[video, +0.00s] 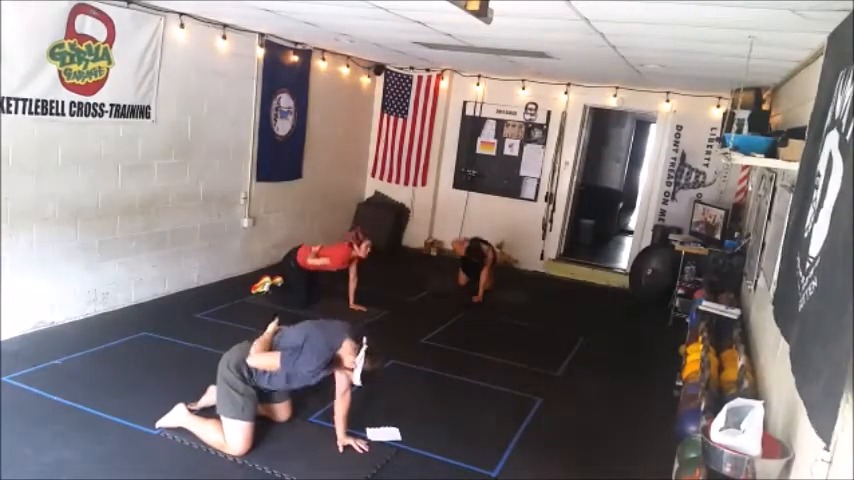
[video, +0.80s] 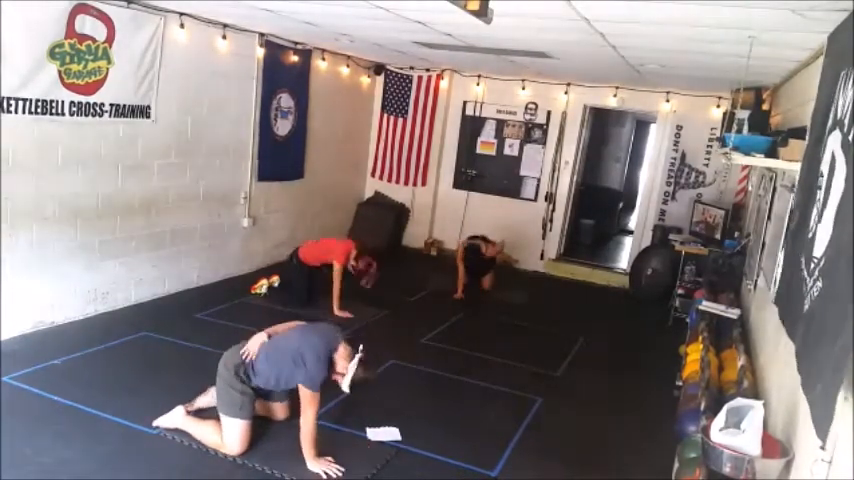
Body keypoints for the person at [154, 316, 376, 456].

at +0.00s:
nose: (352, 372)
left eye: (356, 371)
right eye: (354, 369)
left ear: (361, 354)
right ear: (354, 358)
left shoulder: (349, 338)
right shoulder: (316, 350)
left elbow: (343, 393)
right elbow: (254, 359)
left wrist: (343, 435)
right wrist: (268, 333)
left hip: (273, 366)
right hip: (240, 368)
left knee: (281, 413)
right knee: (236, 445)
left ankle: (220, 397)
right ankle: (183, 417)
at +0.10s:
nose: (373, 356)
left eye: (376, 350)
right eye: (370, 350)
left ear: (354, 336)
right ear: (354, 343)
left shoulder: (343, 338)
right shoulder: (316, 365)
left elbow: (342, 393)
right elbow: (257, 377)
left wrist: (342, 435)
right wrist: (271, 347)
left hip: (260, 356)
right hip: (235, 370)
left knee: (282, 413)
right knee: (236, 445)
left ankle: (220, 397)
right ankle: (183, 417)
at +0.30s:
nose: (366, 359)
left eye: (370, 355)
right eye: (364, 354)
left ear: (350, 338)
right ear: (349, 344)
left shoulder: (338, 337)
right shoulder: (313, 360)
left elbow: (339, 390)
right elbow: (267, 393)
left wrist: (342, 435)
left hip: (257, 354)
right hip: (235, 370)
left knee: (283, 412)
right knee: (236, 445)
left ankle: (218, 395)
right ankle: (182, 417)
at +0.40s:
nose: (362, 355)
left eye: (367, 350)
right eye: (359, 349)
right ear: (343, 339)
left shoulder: (330, 333)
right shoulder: (309, 356)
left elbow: (316, 361)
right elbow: (306, 413)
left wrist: (320, 387)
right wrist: (311, 458)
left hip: (260, 357)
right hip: (237, 370)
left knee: (281, 411)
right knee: (236, 445)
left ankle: (221, 395)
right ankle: (182, 417)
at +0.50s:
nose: (368, 362)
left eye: (373, 358)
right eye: (367, 355)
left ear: (354, 338)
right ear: (353, 341)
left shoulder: (338, 334)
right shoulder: (318, 358)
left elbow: (301, 334)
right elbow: (311, 413)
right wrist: (312, 458)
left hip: (266, 359)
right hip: (240, 366)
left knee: (281, 411)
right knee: (234, 445)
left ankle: (221, 395)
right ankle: (177, 420)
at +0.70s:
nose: (339, 372)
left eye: (343, 374)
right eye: (344, 372)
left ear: (353, 346)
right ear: (347, 361)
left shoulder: (335, 328)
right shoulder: (315, 363)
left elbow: (298, 323)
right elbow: (310, 414)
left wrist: (269, 329)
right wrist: (311, 458)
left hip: (262, 357)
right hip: (235, 367)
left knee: (280, 410)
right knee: (234, 445)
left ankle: (219, 398)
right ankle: (182, 418)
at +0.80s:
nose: (337, 379)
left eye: (341, 379)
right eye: (342, 377)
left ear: (352, 355)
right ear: (348, 361)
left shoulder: (332, 333)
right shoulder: (314, 363)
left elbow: (296, 325)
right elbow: (309, 415)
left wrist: (265, 333)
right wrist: (311, 458)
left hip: (261, 358)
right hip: (236, 369)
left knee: (280, 410)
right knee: (233, 445)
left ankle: (220, 399)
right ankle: (180, 418)